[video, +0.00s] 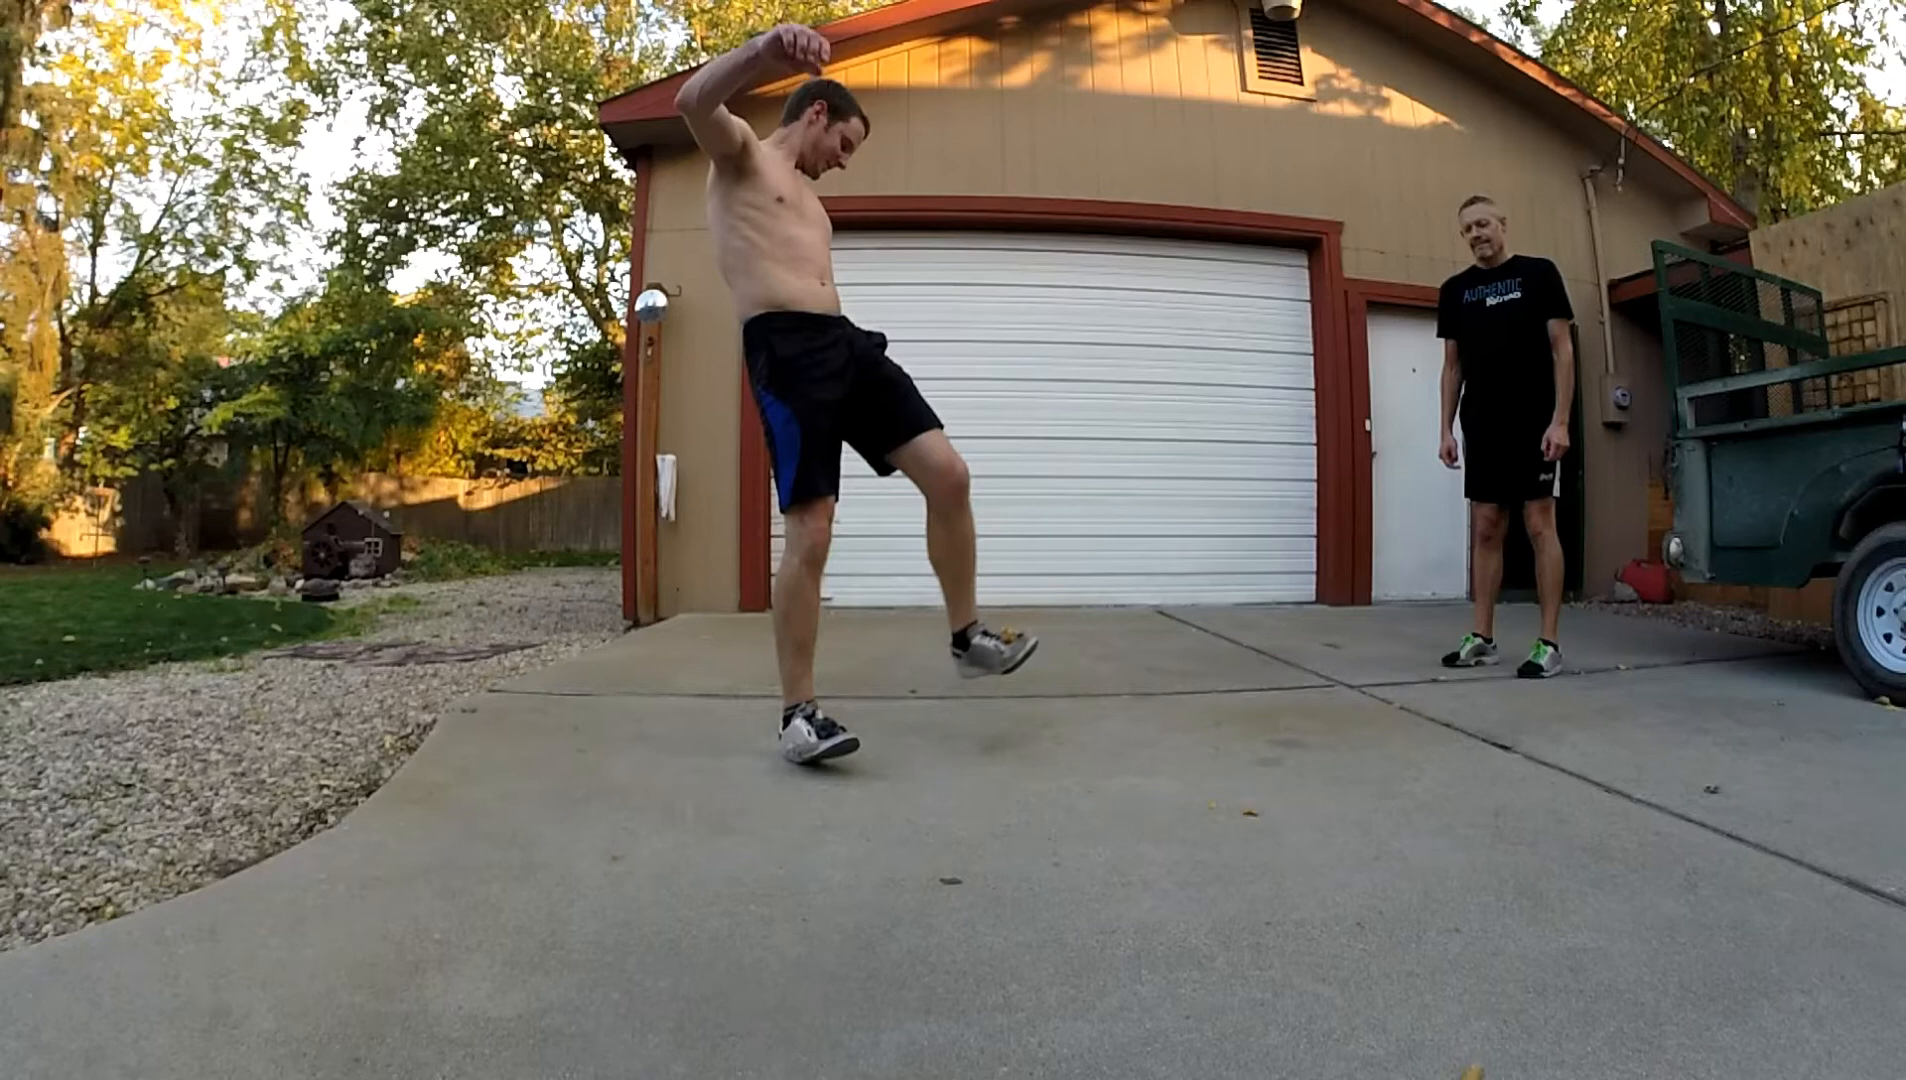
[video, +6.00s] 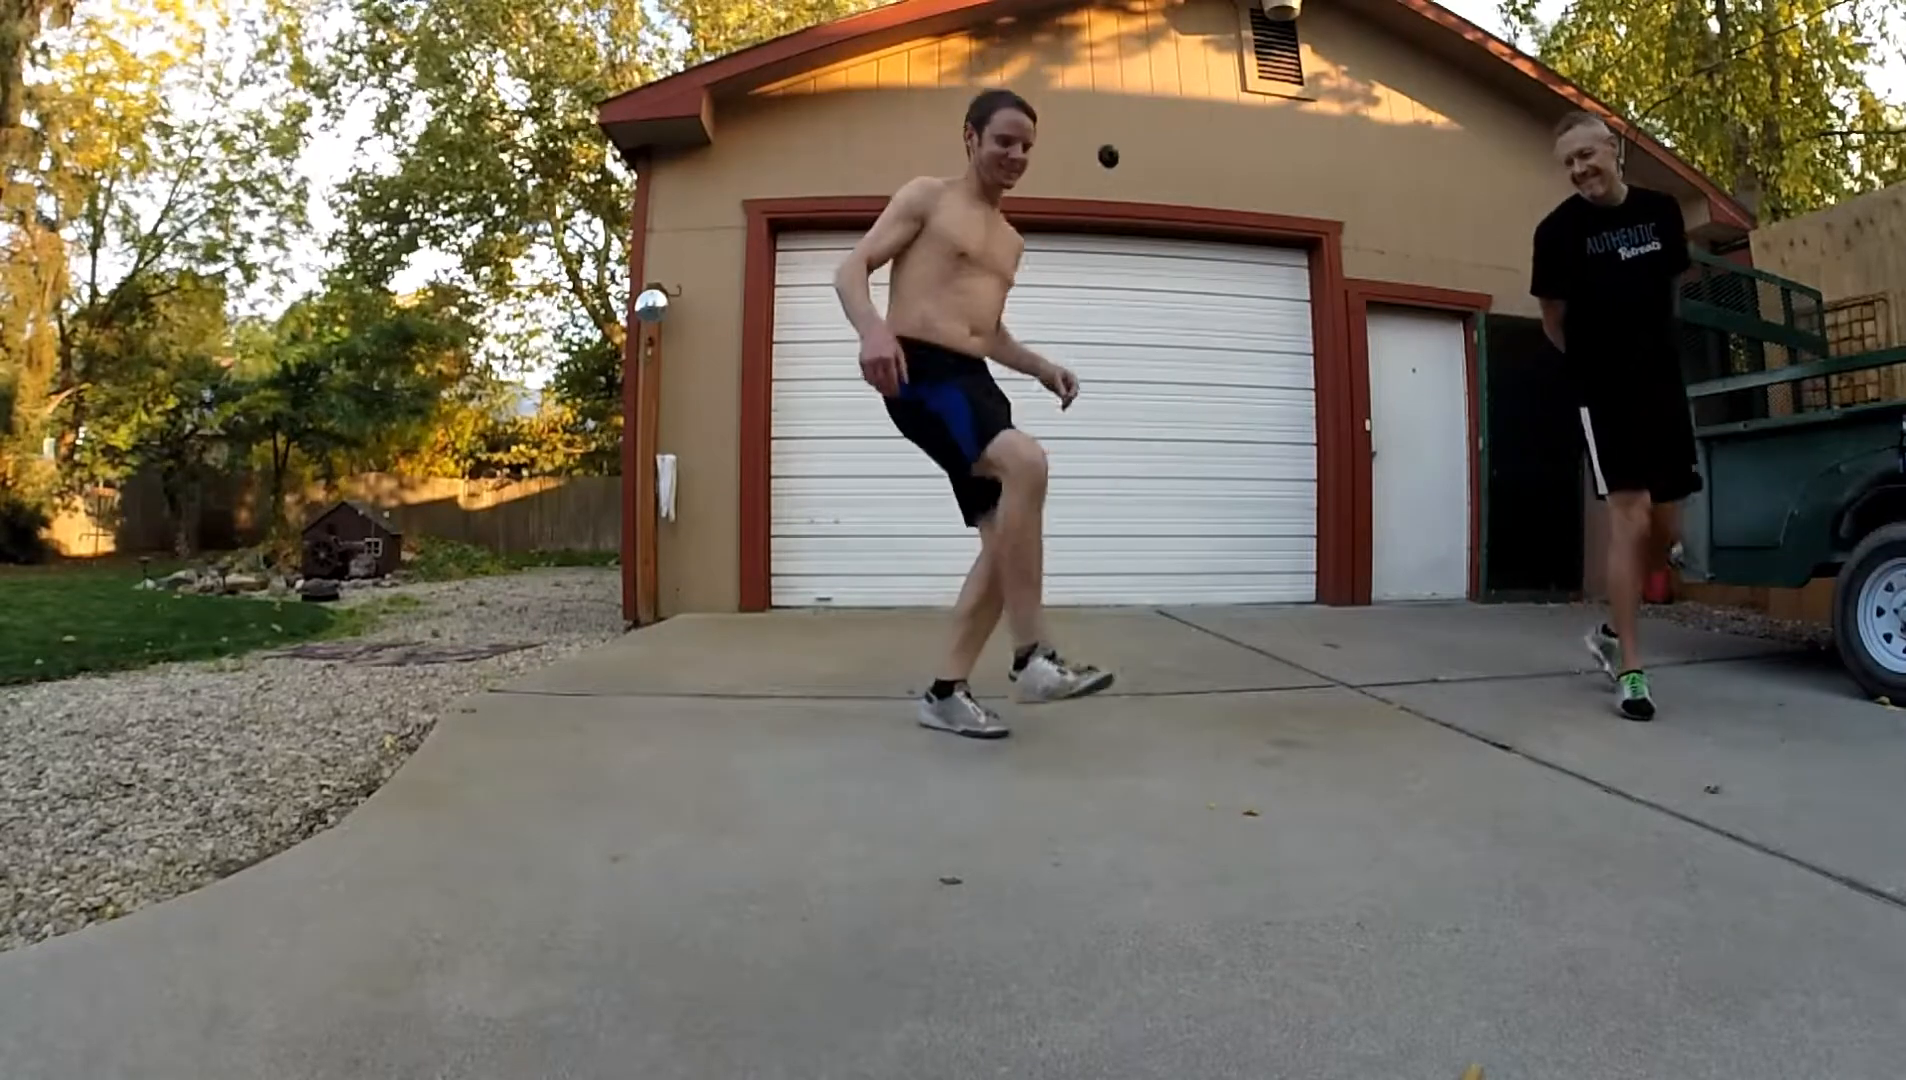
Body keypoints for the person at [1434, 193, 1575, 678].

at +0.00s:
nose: (1477, 233)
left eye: (1483, 224)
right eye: (1469, 229)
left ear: (1503, 225)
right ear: (1462, 238)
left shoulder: (1539, 273)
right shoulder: (1455, 291)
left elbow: (1563, 349)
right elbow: (1452, 364)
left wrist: (1560, 421)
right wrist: (1447, 429)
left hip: (1535, 420)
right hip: (1484, 423)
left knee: (1540, 527)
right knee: (1485, 528)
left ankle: (1549, 642)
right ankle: (1482, 636)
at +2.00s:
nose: (1476, 232)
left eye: (1483, 223)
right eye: (1468, 227)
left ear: (1503, 225)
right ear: (1461, 236)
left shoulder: (1539, 273)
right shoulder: (1454, 290)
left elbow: (1562, 350)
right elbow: (1452, 364)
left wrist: (1558, 422)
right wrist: (1446, 428)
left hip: (1534, 420)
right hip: (1483, 423)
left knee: (1539, 527)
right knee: (1485, 529)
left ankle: (1549, 642)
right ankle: (1482, 636)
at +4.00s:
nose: (1448, 234)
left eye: (1455, 226)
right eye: (1440, 229)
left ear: (1476, 234)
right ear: (1434, 241)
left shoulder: (1511, 275)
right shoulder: (1430, 300)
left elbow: (1542, 346)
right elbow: (1447, 364)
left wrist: (1530, 402)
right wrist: (1477, 399)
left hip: (1514, 413)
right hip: (1465, 419)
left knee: (1529, 521)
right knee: (1478, 528)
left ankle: (1558, 641)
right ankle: (1481, 636)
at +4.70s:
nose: (1529, 216)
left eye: (1537, 207)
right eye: (1520, 209)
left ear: (1555, 212)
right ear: (1509, 217)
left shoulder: (1586, 266)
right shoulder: (1490, 272)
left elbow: (1598, 345)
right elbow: (1484, 342)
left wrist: (1574, 383)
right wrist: (1518, 375)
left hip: (1570, 411)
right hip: (1512, 412)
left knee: (1569, 522)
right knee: (1500, 526)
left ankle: (1572, 648)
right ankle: (1483, 633)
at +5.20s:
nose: (1562, 204)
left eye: (1570, 194)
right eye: (1553, 198)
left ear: (1592, 195)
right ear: (1545, 206)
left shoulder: (1624, 260)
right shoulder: (1526, 256)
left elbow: (1626, 341)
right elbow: (1515, 338)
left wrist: (1611, 385)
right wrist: (1545, 375)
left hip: (1602, 399)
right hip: (1547, 401)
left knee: (1589, 522)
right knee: (1568, 512)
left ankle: (1574, 650)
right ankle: (1550, 652)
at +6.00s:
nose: (1582, 167)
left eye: (1589, 153)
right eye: (1570, 160)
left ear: (1616, 149)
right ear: (1563, 170)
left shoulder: (1662, 210)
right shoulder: (1557, 231)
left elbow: (1675, 284)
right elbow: (1553, 323)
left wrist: (1640, 335)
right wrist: (1591, 360)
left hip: (1660, 376)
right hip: (1602, 384)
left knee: (1665, 530)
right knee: (1630, 518)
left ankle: (1610, 631)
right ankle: (1630, 667)